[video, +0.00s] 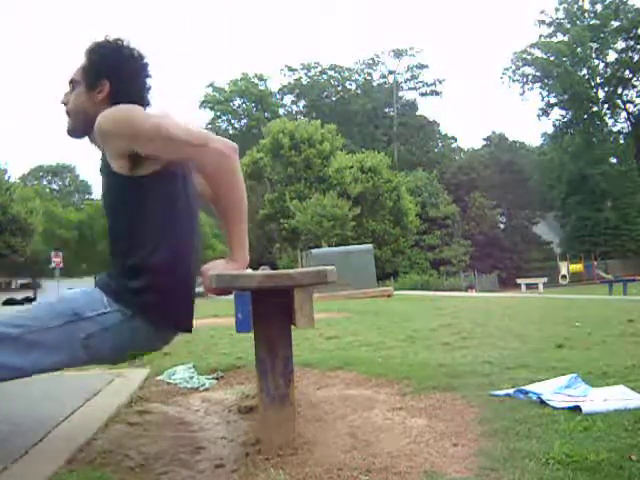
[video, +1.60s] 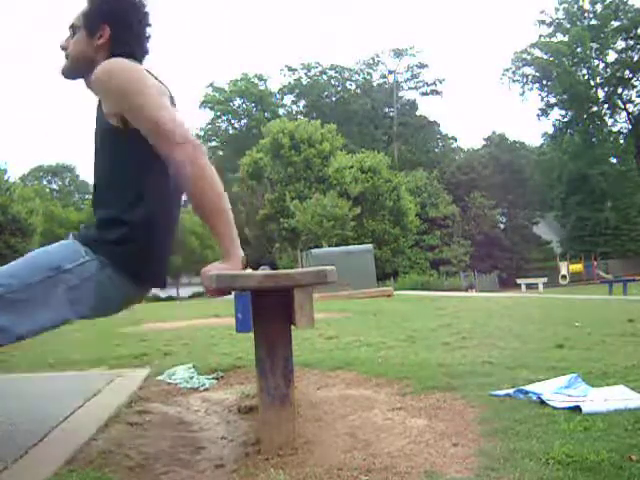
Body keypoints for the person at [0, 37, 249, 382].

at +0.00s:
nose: (64, 99)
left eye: (73, 86)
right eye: (69, 86)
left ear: (101, 91)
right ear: (102, 92)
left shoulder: (114, 122)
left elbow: (222, 154)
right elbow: (211, 190)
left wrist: (239, 259)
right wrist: (243, 251)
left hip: (134, 308)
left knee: (3, 338)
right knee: (9, 326)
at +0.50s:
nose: (73, 45)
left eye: (83, 33)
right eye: (78, 34)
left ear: (109, 40)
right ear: (110, 41)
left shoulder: (123, 76)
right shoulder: (135, 82)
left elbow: (201, 150)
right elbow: (209, 152)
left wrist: (234, 253)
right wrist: (233, 247)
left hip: (112, 265)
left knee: (4, 316)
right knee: (6, 321)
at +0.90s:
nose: (65, 82)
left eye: (75, 68)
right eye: (70, 69)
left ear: (103, 71)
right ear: (103, 72)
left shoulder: (115, 104)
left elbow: (213, 153)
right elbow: (219, 153)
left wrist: (238, 257)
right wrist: (239, 255)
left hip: (120, 293)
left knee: (1, 327)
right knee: (4, 317)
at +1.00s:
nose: (62, 121)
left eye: (70, 108)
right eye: (65, 108)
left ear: (98, 110)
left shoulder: (114, 137)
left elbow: (220, 154)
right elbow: (219, 189)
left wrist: (238, 258)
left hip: (134, 324)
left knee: (3, 332)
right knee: (7, 323)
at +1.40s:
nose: (59, 120)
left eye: (67, 109)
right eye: (63, 109)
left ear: (94, 115)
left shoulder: (110, 143)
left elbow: (217, 155)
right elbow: (220, 194)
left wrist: (239, 258)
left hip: (131, 327)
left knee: (3, 330)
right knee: (8, 322)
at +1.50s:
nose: (62, 81)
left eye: (72, 69)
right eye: (68, 69)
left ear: (99, 76)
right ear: (100, 77)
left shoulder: (110, 109)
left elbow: (212, 153)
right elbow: (202, 187)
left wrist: (237, 257)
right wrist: (240, 250)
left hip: (120, 293)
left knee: (2, 316)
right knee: (5, 311)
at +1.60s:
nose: (64, 44)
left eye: (73, 32)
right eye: (68, 33)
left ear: (102, 36)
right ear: (101, 37)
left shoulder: (115, 73)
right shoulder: (143, 82)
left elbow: (187, 155)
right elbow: (193, 163)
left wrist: (233, 255)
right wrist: (233, 256)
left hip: (109, 259)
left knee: (3, 306)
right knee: (5, 317)